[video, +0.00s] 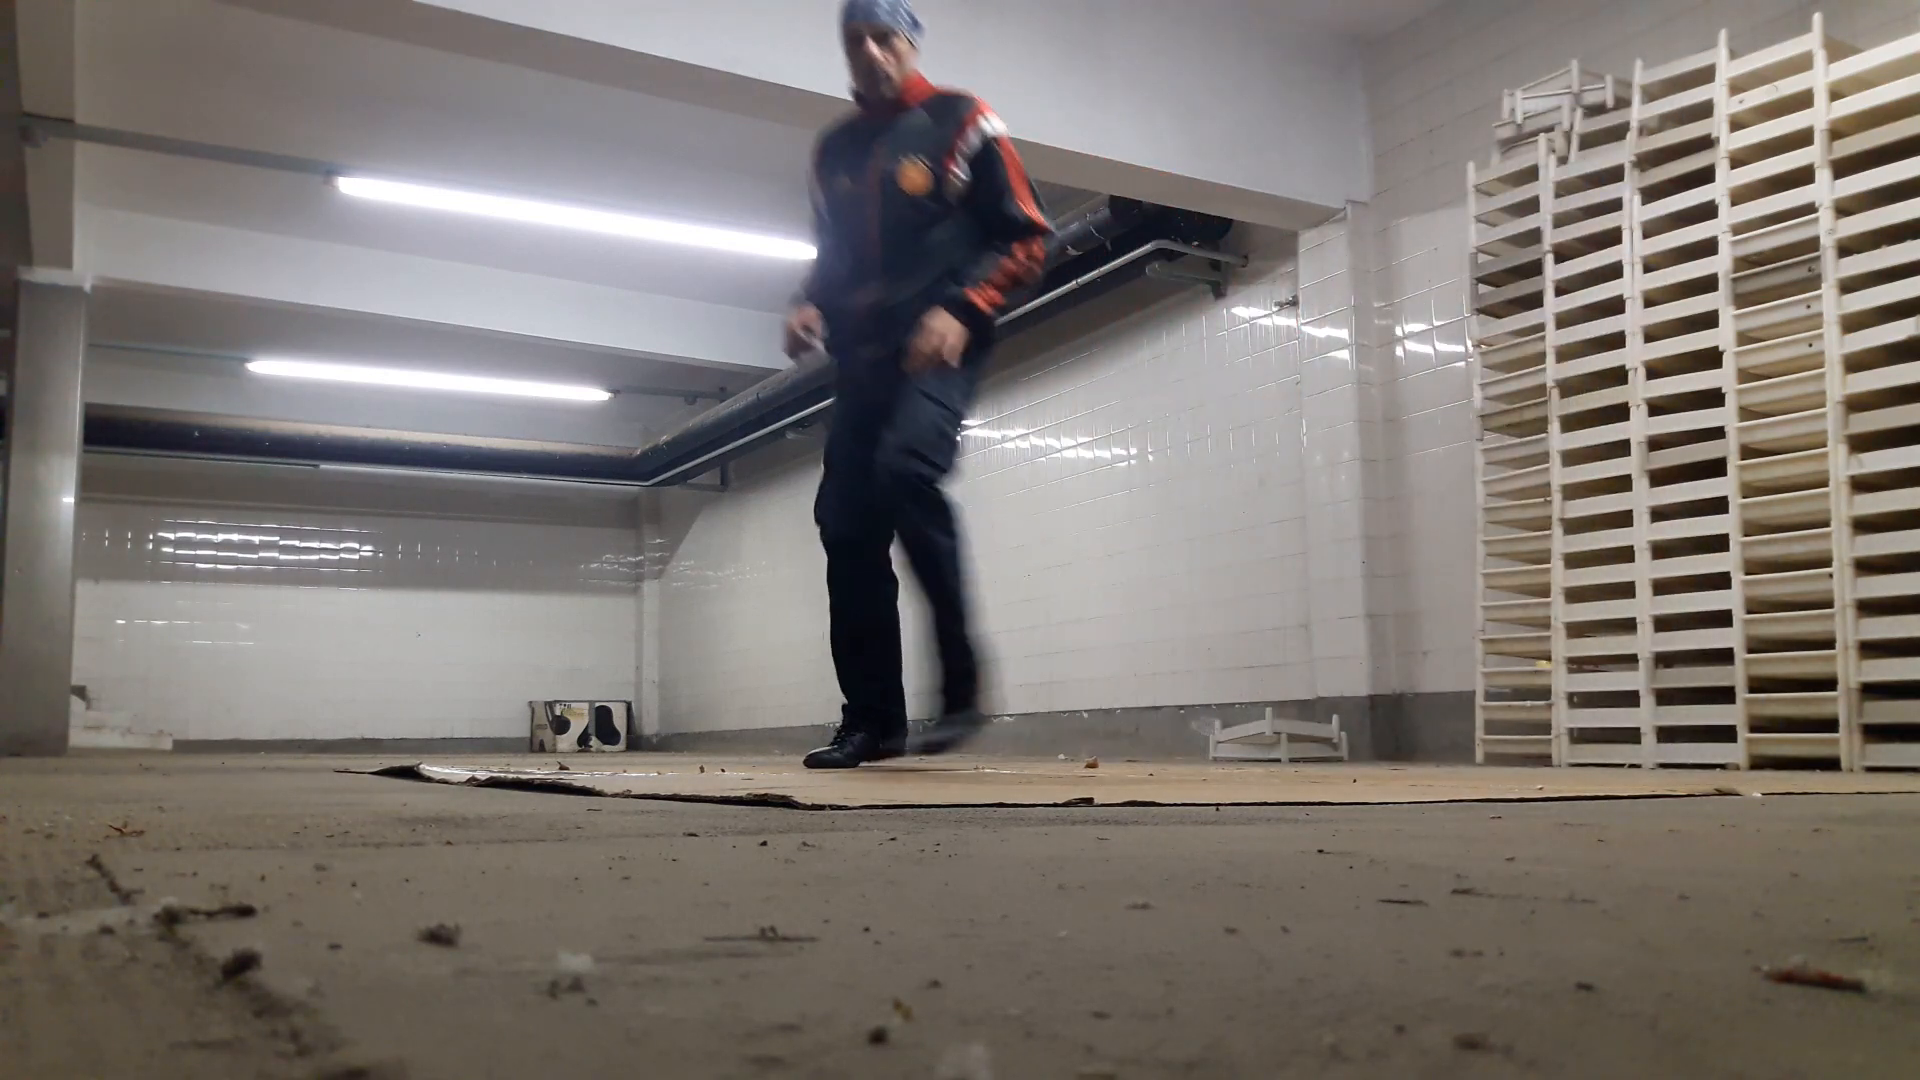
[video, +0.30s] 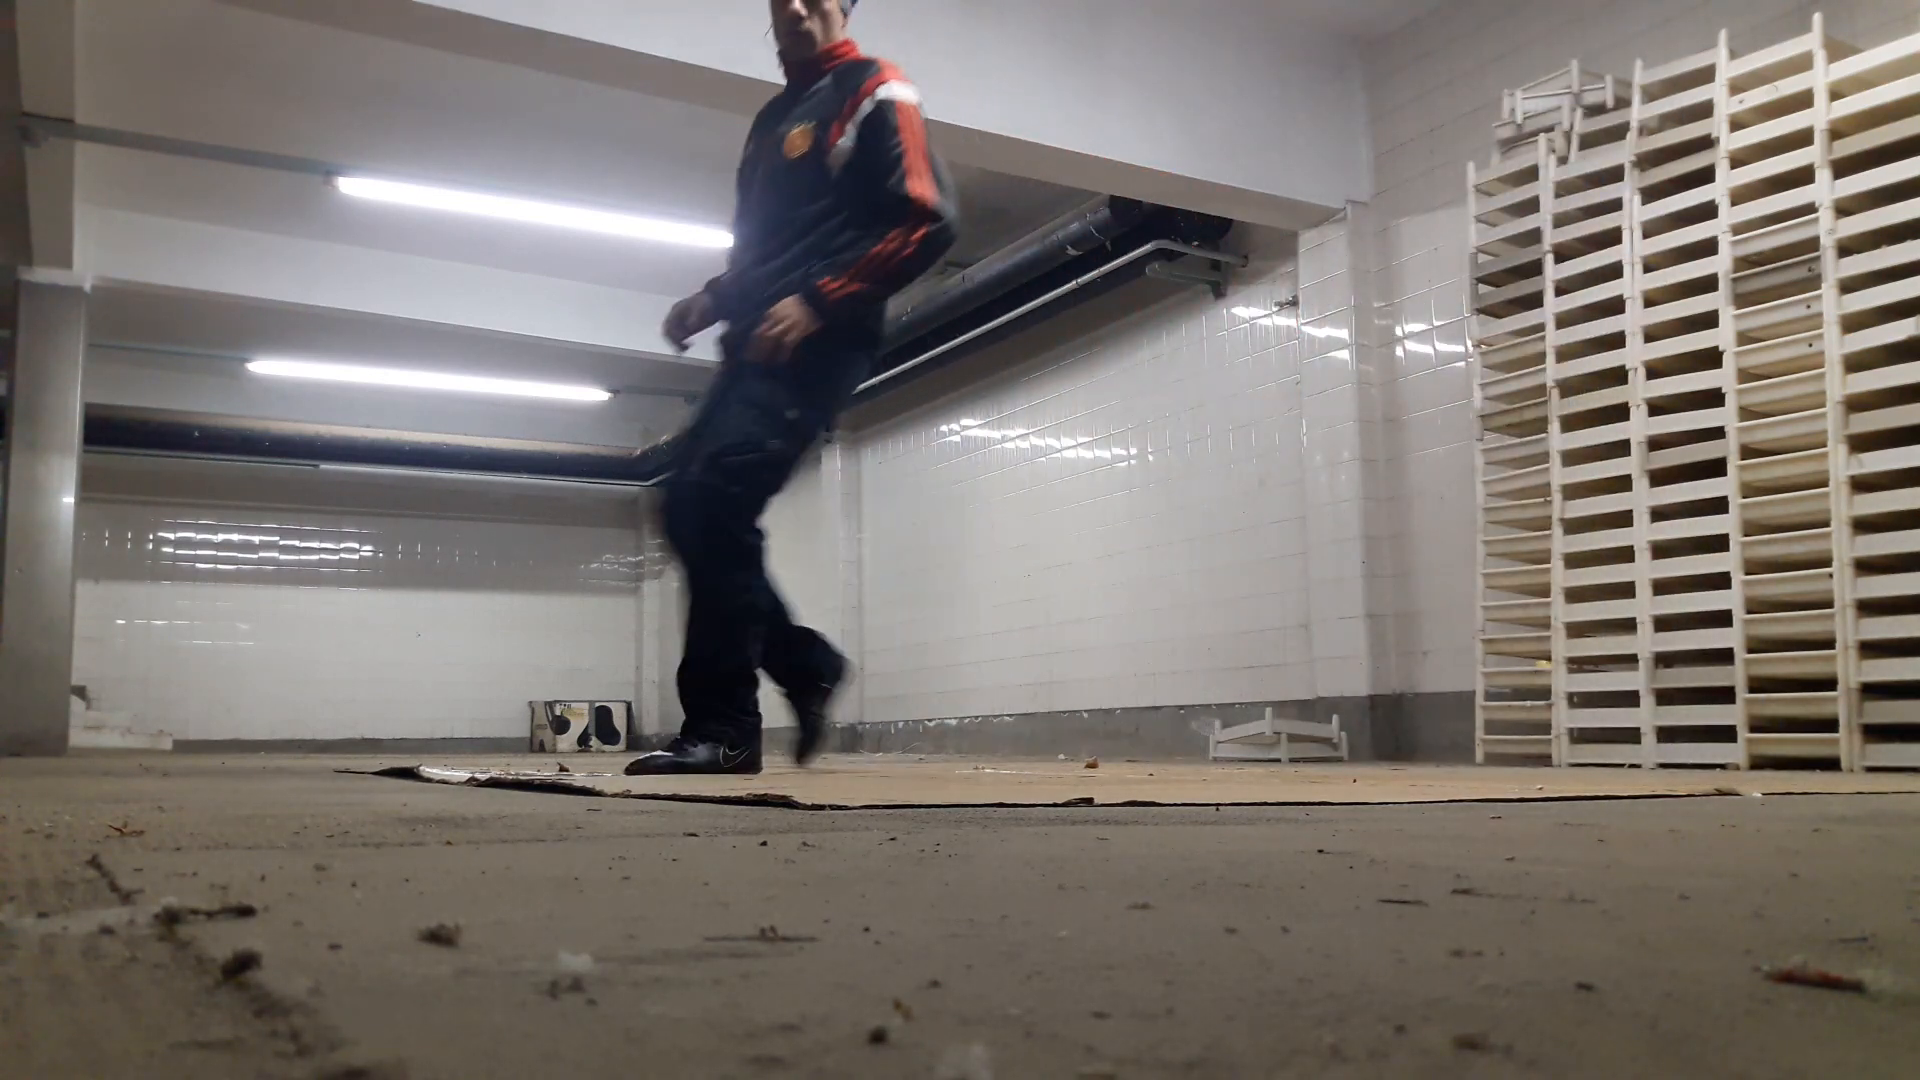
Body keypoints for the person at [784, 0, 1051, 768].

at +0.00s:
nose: (868, 56)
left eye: (881, 40)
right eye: (855, 44)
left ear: (911, 44)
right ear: (844, 56)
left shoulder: (962, 120)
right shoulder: (833, 148)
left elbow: (1029, 239)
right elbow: (837, 250)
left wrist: (961, 310)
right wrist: (809, 303)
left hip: (939, 341)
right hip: (861, 351)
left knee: (903, 475)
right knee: (844, 521)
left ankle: (962, 697)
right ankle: (873, 721)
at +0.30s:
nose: (783, 13)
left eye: (799, 1)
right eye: (777, 3)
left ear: (839, 8)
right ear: (775, 17)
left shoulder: (877, 86)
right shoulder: (773, 115)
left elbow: (922, 219)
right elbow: (766, 242)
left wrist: (814, 301)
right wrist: (714, 295)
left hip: (815, 345)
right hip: (756, 341)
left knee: (714, 504)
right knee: (689, 506)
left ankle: (725, 733)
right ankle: (806, 668)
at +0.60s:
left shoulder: (891, 57)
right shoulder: (719, 42)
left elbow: (945, 197)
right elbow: (665, 154)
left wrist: (895, 276)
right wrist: (641, 248)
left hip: (841, 315)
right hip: (738, 306)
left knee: (840, 465)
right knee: (725, 491)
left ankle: (792, 661)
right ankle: (699, 722)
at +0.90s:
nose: (963, 36)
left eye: (967, 22)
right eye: (951, 17)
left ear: (956, 24)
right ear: (898, 9)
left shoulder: (955, 115)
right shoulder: (801, 78)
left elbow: (1002, 233)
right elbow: (686, 148)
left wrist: (982, 304)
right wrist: (606, 229)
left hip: (904, 351)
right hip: (809, 345)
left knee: (968, 495)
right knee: (777, 507)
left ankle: (918, 660)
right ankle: (720, 705)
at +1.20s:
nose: (1140, 277)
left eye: (1146, 262)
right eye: (1136, 257)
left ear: (1097, 246)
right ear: (1090, 239)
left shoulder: (1077, 310)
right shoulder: (992, 266)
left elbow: (1116, 414)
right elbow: (1033, 385)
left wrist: (1188, 510)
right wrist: (1138, 481)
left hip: (947, 447)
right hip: (869, 425)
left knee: (1021, 574)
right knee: (856, 534)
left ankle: (1021, 733)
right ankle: (733, 725)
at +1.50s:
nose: (1151, 565)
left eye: (1152, 563)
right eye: (1161, 559)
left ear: (1134, 537)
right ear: (1175, 526)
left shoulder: (1067, 493)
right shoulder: (1190, 485)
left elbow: (960, 584)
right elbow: (1217, 602)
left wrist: (991, 714)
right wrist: (1251, 748)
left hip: (971, 357)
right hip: (1043, 367)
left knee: (851, 529)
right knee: (971, 561)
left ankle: (690, 447)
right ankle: (805, 622)